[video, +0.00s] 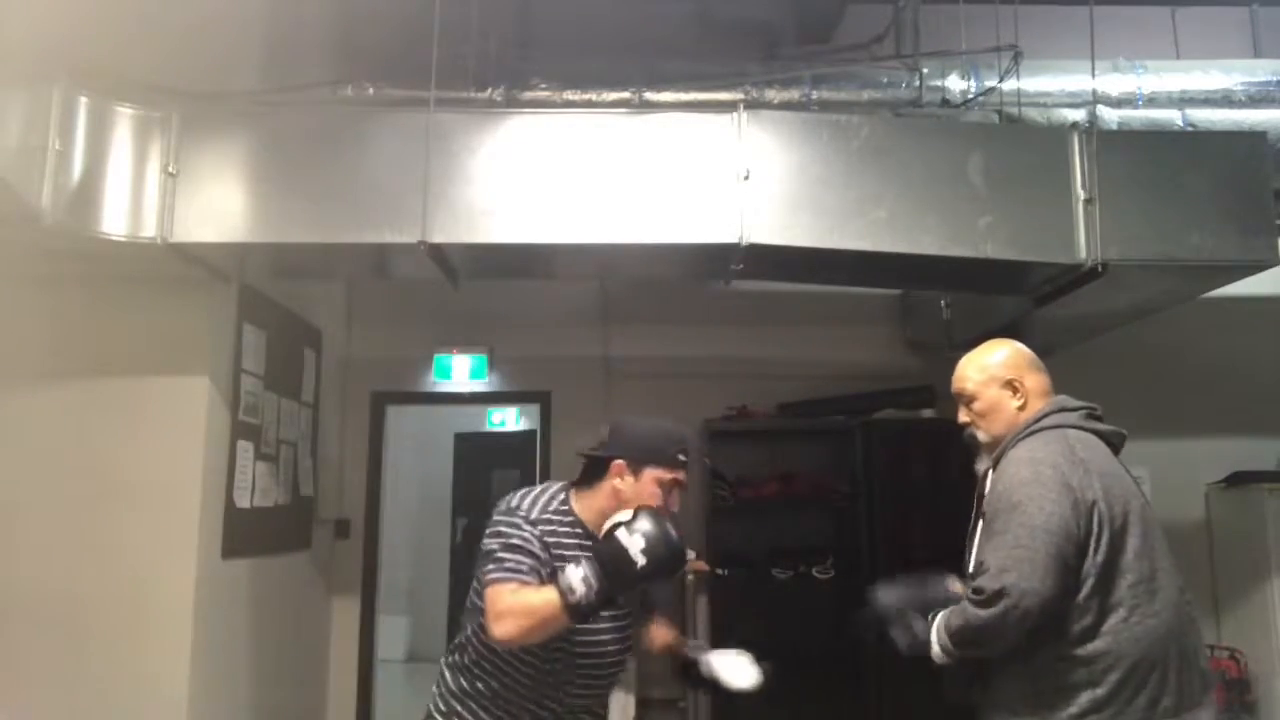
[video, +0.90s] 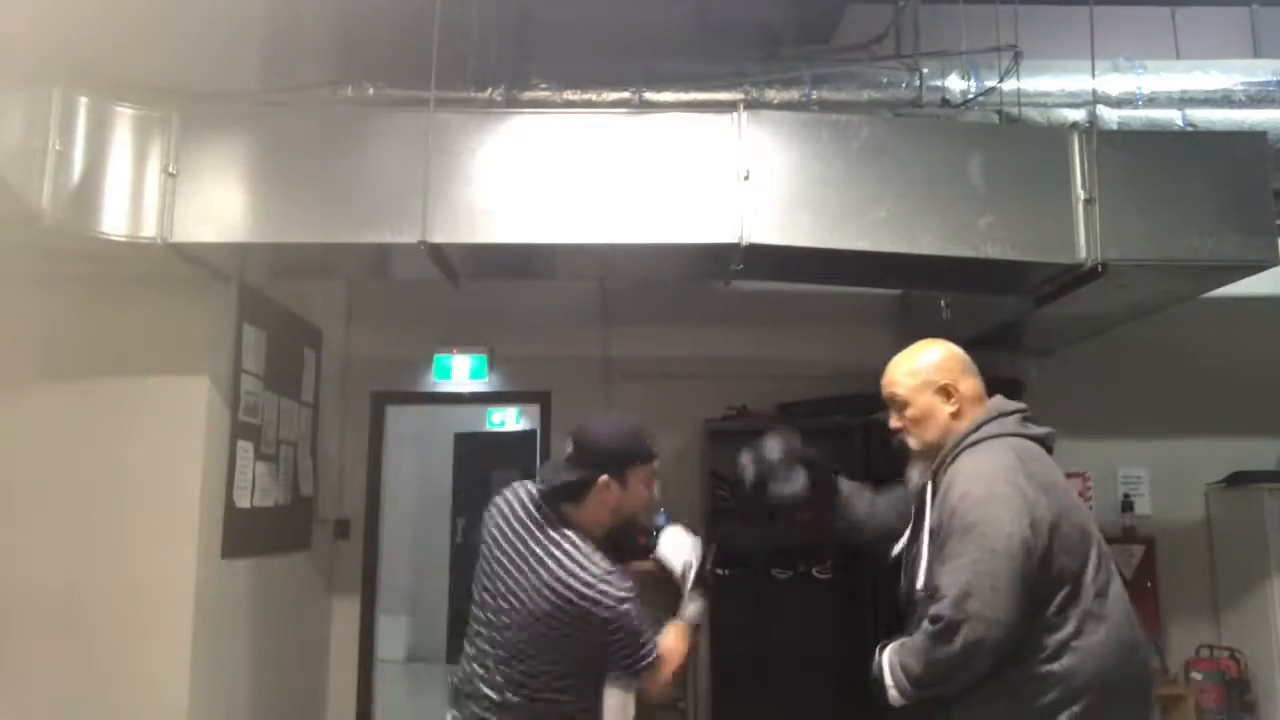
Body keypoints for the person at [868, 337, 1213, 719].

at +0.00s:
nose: (960, 417)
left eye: (967, 400)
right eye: (958, 404)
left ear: (1016, 393)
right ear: (1017, 394)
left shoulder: (1035, 461)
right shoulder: (1074, 447)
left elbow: (1019, 597)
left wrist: (936, 634)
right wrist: (966, 590)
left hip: (1097, 699)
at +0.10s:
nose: (964, 417)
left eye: (971, 400)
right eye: (962, 404)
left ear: (1019, 392)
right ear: (1024, 394)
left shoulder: (1034, 462)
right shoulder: (1081, 450)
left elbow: (1014, 596)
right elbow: (1036, 571)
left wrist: (940, 634)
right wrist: (926, 554)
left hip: (1095, 697)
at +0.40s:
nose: (955, 420)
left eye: (963, 403)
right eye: (954, 406)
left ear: (1011, 394)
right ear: (1013, 396)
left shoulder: (1027, 465)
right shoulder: (1070, 449)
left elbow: (1009, 603)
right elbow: (1021, 547)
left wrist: (941, 639)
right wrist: (928, 534)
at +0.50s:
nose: (941, 424)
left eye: (948, 406)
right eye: (938, 410)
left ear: (996, 397)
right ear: (999, 399)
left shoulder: (1009, 471)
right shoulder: (1065, 453)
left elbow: (993, 613)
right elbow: (993, 519)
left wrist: (928, 646)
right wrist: (906, 506)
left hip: (1086, 697)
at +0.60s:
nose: (918, 430)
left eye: (925, 413)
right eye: (915, 416)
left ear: (975, 403)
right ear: (978, 403)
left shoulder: (989, 477)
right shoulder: (1043, 457)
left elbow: (978, 622)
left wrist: (911, 660)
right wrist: (898, 463)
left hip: (1077, 698)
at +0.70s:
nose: (900, 433)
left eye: (907, 416)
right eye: (897, 419)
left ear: (955, 406)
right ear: (957, 407)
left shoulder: (981, 482)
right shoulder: (1016, 462)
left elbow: (971, 629)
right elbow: (931, 550)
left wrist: (896, 672)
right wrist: (875, 461)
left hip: (1074, 702)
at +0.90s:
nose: (892, 424)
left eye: (902, 407)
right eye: (890, 410)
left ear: (952, 397)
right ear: (951, 399)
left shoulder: (987, 471)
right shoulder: (964, 460)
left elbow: (978, 622)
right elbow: (881, 517)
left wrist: (893, 672)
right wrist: (808, 482)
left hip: (1070, 700)